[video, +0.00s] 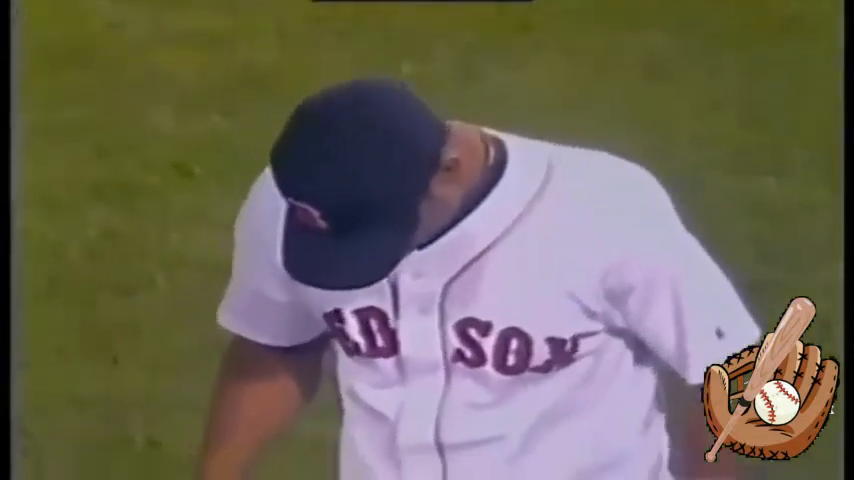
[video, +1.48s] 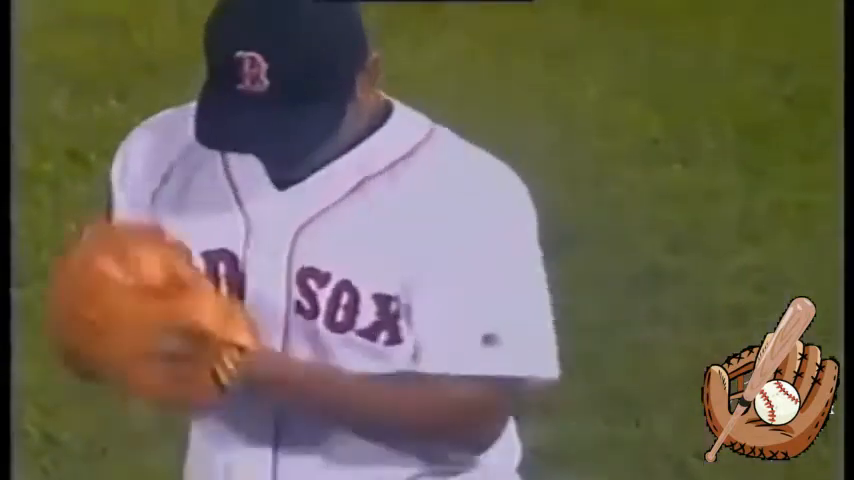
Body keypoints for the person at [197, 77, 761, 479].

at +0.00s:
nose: (355, 274)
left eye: (378, 245)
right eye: (335, 252)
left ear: (447, 172)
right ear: (303, 200)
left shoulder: (611, 208)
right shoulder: (292, 205)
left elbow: (740, 378)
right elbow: (273, 350)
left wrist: (705, 464)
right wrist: (218, 469)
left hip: (599, 470)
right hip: (386, 468)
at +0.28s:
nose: (402, 249)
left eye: (423, 227)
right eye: (382, 229)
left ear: (492, 169)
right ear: (346, 169)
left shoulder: (645, 206)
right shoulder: (318, 176)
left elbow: (766, 374)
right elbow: (281, 333)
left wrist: (751, 441)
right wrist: (241, 462)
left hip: (597, 468)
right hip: (379, 466)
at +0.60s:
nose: (299, 250)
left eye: (323, 229)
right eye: (280, 227)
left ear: (396, 166)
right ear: (246, 171)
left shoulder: (538, 207)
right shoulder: (213, 177)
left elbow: (669, 377)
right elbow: (162, 329)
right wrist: (126, 458)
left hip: (485, 469)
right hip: (268, 468)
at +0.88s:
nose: (289, 234)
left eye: (311, 208)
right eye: (268, 212)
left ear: (377, 142)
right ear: (230, 158)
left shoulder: (518, 185)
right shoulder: (194, 174)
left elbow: (687, 344)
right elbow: (151, 328)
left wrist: (766, 432)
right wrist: (119, 467)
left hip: (466, 470)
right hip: (257, 467)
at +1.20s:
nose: (277, 186)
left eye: (298, 167)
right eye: (254, 172)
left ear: (360, 106)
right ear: (217, 118)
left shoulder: (489, 176)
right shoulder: (167, 175)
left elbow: (626, 341)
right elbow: (127, 320)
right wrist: (127, 450)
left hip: (457, 469)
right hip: (245, 468)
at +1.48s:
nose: (279, 155)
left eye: (301, 132)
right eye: (257, 137)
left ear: (368, 77)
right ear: (223, 93)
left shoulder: (473, 195)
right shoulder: (159, 157)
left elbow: (473, 420)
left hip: (411, 471)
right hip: (223, 465)